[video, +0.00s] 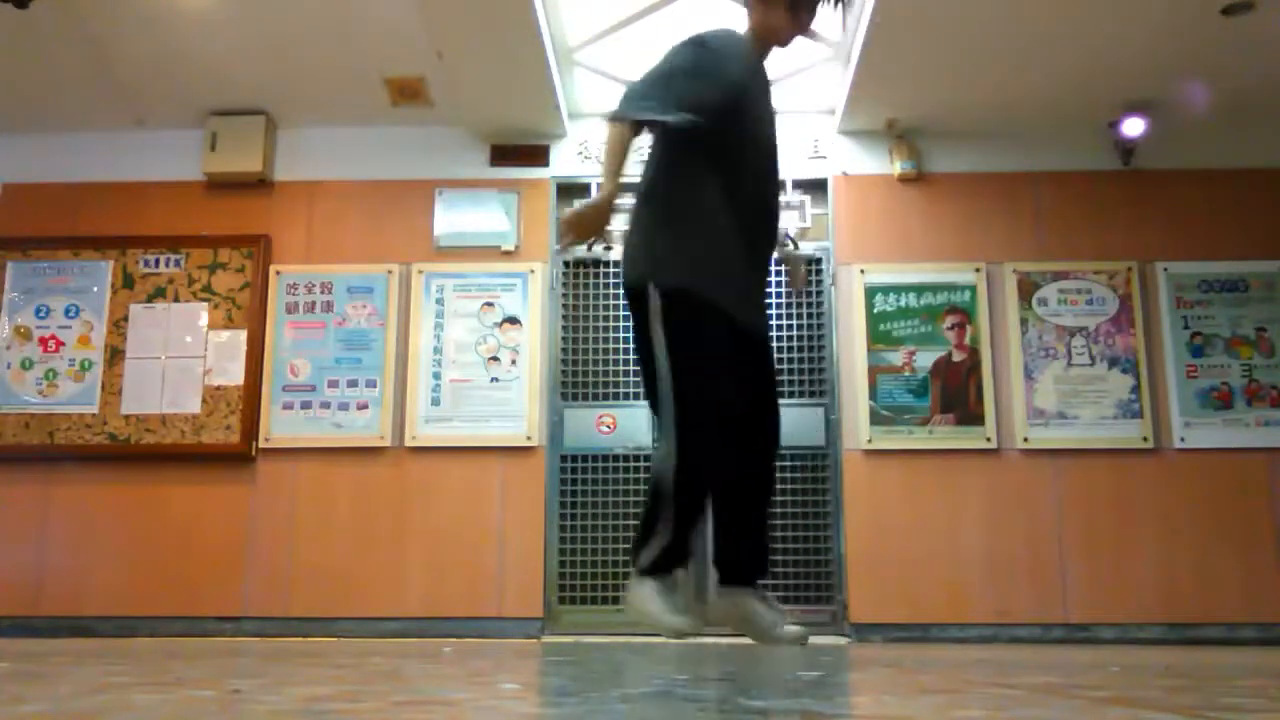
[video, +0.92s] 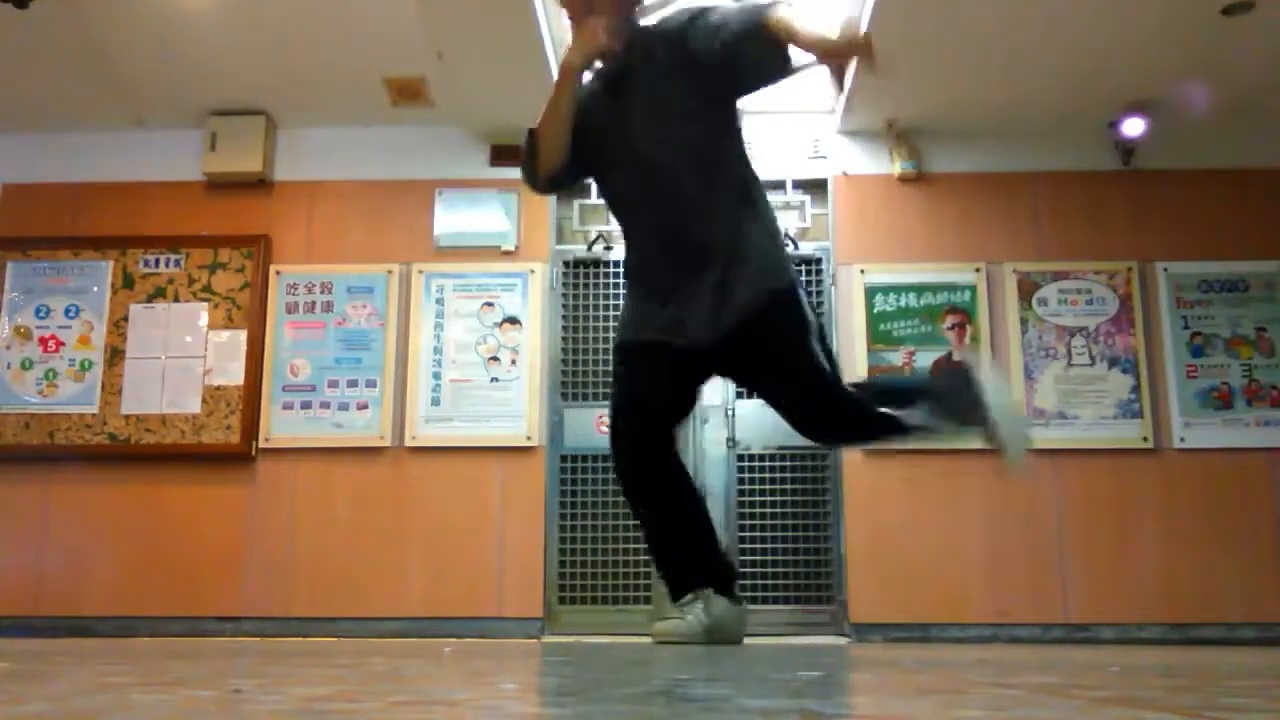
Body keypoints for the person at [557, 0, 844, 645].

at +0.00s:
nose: (806, 23)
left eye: (809, 13)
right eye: (802, 9)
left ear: (780, 12)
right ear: (767, 2)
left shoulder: (754, 82)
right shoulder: (716, 52)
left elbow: (733, 185)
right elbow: (627, 111)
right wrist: (605, 197)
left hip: (729, 280)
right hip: (674, 273)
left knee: (753, 428)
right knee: (692, 427)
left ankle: (735, 589)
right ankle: (652, 576)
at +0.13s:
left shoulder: (760, 58)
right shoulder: (651, 41)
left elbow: (787, 164)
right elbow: (578, 146)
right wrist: (561, 244)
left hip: (726, 273)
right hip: (647, 266)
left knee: (748, 427)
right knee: (656, 422)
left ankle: (701, 580)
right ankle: (615, 585)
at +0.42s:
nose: (635, 3)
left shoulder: (725, 18)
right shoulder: (580, 55)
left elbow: (804, 93)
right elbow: (535, 146)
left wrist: (814, 178)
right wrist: (543, 197)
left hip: (715, 256)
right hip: (622, 262)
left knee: (727, 409)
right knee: (613, 420)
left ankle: (717, 566)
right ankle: (637, 580)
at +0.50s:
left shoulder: (725, 10)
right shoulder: (580, 30)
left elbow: (811, 93)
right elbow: (531, 139)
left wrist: (835, 193)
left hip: (704, 214)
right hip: (620, 225)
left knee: (684, 375)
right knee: (614, 396)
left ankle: (690, 563)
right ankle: (677, 565)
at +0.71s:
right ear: (591, 3)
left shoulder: (701, 14)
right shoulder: (578, 52)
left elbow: (808, 79)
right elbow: (543, 133)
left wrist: (867, 151)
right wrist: (564, 23)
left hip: (724, 235)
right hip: (643, 255)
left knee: (710, 389)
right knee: (643, 415)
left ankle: (712, 571)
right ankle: (705, 571)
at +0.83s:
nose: (574, 12)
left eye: (579, 3)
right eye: (566, 8)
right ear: (561, 15)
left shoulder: (676, 21)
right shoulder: (565, 72)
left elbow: (790, 35)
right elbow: (550, 161)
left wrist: (838, 92)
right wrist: (567, 58)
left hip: (741, 239)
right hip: (660, 263)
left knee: (791, 388)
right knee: (658, 431)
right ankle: (708, 598)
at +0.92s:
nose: (595, 16)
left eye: (603, 5)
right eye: (583, 10)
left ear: (629, 5)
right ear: (569, 20)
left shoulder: (679, 38)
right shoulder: (586, 101)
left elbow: (755, 20)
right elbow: (541, 173)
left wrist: (815, 41)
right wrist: (567, 71)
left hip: (744, 275)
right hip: (661, 296)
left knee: (829, 417)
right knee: (638, 446)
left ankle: (953, 394)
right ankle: (711, 600)